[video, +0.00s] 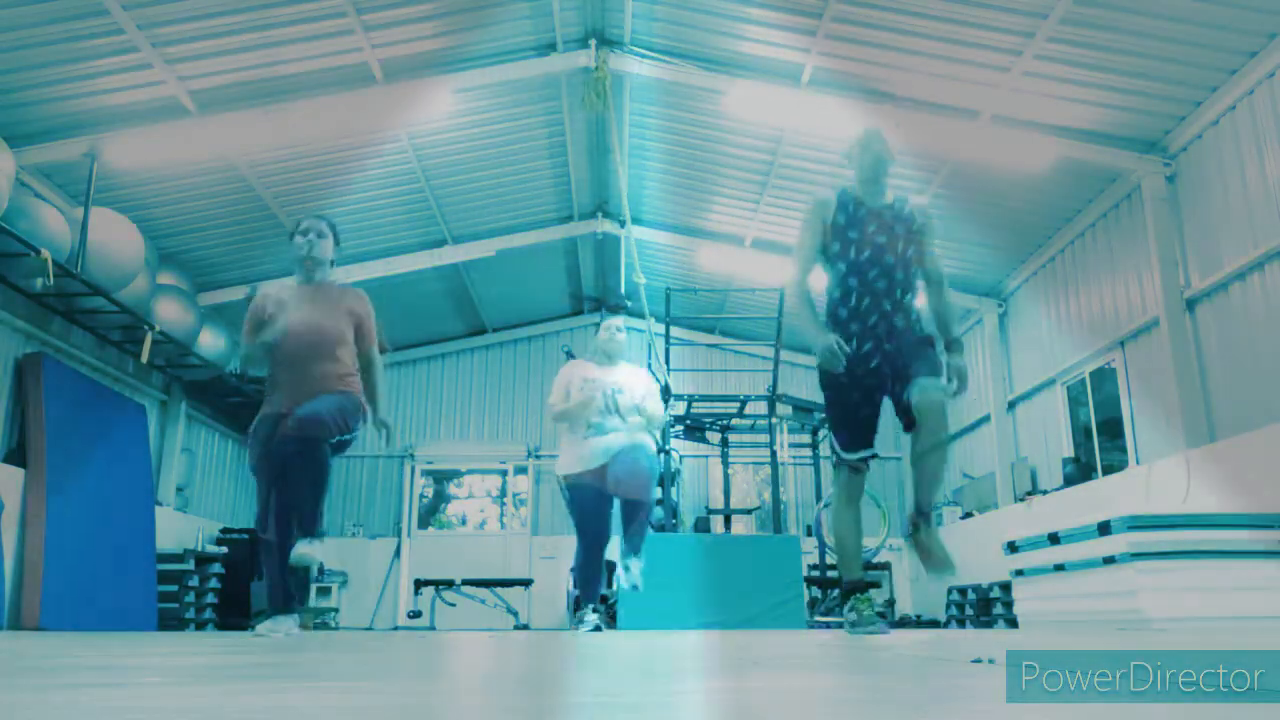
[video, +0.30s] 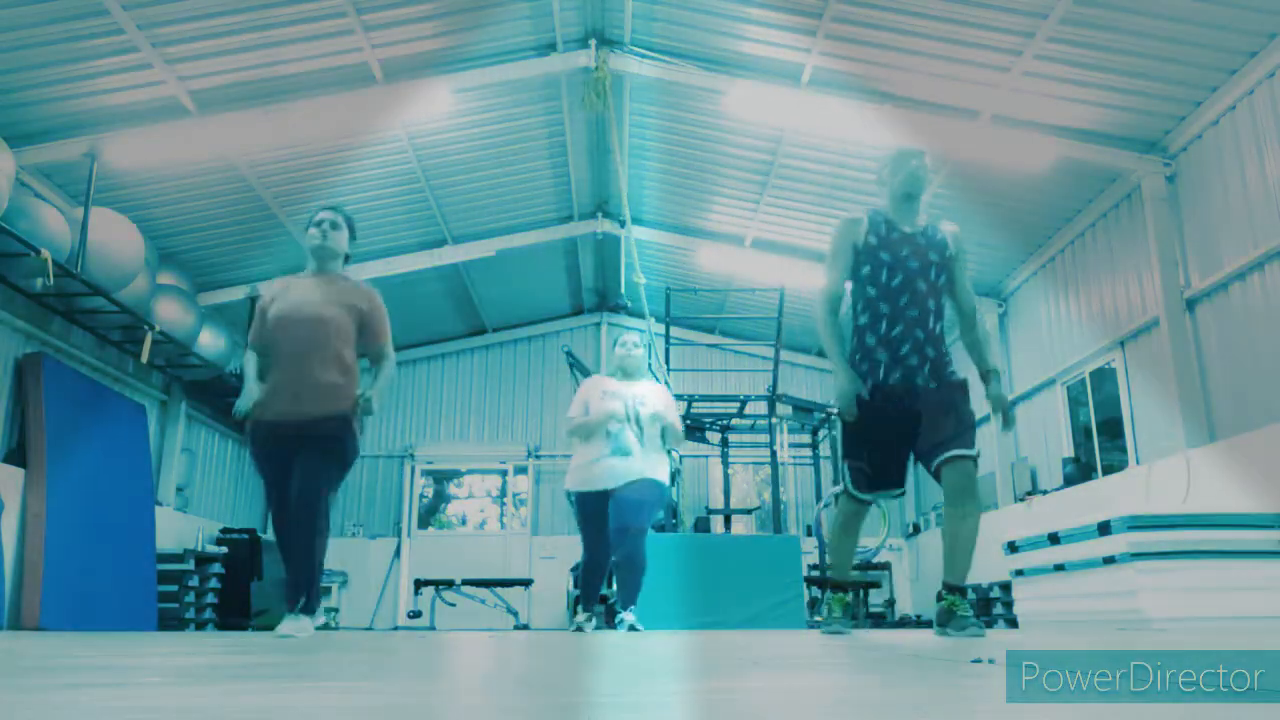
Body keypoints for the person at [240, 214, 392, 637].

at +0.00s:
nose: (310, 242)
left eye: (319, 236)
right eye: (303, 235)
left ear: (334, 249)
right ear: (292, 247)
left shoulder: (354, 299)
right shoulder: (269, 297)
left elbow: (371, 362)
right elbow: (245, 360)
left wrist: (377, 412)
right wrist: (264, 334)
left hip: (338, 398)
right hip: (279, 405)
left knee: (303, 429)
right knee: (273, 509)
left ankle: (307, 535)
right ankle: (282, 612)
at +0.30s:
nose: (322, 231)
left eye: (333, 226)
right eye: (315, 226)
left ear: (349, 244)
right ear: (304, 238)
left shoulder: (363, 296)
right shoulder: (274, 289)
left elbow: (386, 358)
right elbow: (252, 349)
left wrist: (375, 390)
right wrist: (251, 384)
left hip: (330, 418)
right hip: (272, 418)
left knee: (308, 495)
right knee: (283, 510)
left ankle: (302, 609)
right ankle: (307, 602)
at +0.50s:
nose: (318, 209)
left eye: (329, 204)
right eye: (311, 203)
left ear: (347, 219)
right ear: (300, 215)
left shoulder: (363, 266)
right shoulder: (280, 267)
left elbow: (396, 327)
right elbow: (265, 330)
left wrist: (358, 337)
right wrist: (244, 365)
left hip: (339, 401)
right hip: (280, 396)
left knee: (320, 504)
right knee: (255, 472)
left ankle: (305, 608)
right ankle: (284, 558)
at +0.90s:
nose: (300, 203)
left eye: (312, 198)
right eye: (294, 197)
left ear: (333, 215)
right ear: (285, 210)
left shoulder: (350, 263)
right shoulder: (265, 261)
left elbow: (380, 328)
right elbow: (262, 323)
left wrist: (344, 342)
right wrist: (234, 352)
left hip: (331, 397)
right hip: (270, 389)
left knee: (335, 499)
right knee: (243, 461)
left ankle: (343, 605)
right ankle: (241, 573)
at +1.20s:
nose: (277, 200)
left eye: (287, 195)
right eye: (269, 195)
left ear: (304, 210)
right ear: (257, 210)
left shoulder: (329, 261)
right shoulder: (237, 262)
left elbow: (364, 318)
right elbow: (202, 328)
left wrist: (358, 331)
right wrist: (216, 333)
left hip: (317, 391)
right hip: (254, 393)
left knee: (317, 459)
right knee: (233, 495)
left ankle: (320, 552)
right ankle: (219, 607)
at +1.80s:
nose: (326, 221)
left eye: (335, 214)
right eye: (319, 214)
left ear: (352, 227)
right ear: (308, 226)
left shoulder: (376, 283)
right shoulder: (289, 283)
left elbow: (411, 344)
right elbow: (264, 352)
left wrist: (388, 337)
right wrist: (281, 350)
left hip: (365, 409)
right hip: (303, 411)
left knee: (367, 505)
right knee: (289, 512)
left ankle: (365, 611)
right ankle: (281, 611)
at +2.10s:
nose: (373, 197)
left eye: (383, 190)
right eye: (365, 191)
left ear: (401, 203)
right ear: (355, 203)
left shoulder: (422, 258)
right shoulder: (333, 259)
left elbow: (455, 321)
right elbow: (313, 328)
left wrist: (424, 332)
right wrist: (326, 313)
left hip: (394, 382)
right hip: (336, 378)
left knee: (386, 486)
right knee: (309, 458)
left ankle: (387, 605)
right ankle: (309, 548)